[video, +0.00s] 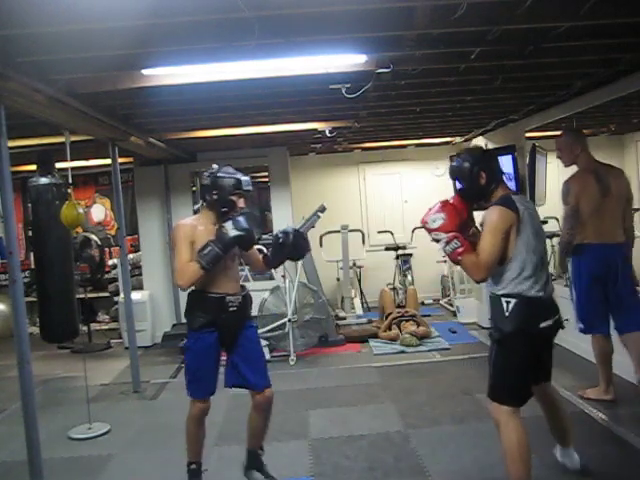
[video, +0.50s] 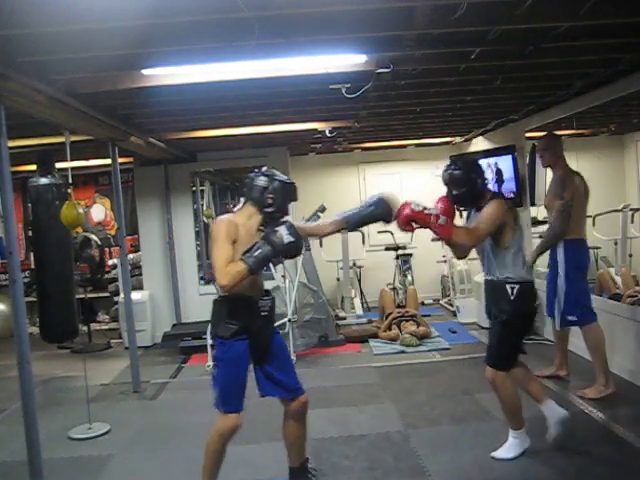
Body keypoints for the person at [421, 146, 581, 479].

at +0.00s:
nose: (462, 189)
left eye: (464, 182)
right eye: (460, 182)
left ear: (480, 178)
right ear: (492, 176)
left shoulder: (499, 211)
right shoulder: (521, 204)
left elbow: (478, 271)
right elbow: (496, 260)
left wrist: (449, 238)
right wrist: (468, 229)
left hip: (516, 319)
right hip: (542, 313)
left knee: (503, 406)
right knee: (541, 385)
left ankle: (520, 474)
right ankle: (568, 453)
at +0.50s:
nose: (455, 197)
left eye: (455, 190)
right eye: (452, 191)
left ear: (470, 187)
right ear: (476, 185)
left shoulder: (498, 207)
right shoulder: (482, 212)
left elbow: (470, 239)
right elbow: (463, 252)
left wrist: (431, 220)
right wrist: (444, 228)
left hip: (515, 294)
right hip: (500, 293)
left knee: (495, 373)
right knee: (509, 363)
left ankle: (518, 436)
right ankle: (552, 409)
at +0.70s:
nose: (441, 198)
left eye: (442, 193)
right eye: (438, 193)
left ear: (453, 191)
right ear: (464, 187)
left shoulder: (485, 214)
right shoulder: (459, 217)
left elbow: (479, 260)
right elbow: (449, 256)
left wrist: (450, 234)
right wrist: (435, 234)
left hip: (494, 292)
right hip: (476, 290)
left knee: (484, 372)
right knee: (481, 356)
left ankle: (516, 434)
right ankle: (491, 399)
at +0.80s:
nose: (436, 199)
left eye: (439, 193)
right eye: (433, 194)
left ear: (454, 191)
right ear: (434, 194)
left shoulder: (480, 218)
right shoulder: (446, 218)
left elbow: (478, 263)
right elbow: (439, 257)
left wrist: (453, 240)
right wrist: (428, 233)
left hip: (484, 292)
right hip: (463, 291)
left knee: (481, 367)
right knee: (467, 350)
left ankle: (514, 435)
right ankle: (485, 396)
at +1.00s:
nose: (427, 195)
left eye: (431, 189)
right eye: (424, 190)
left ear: (447, 187)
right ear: (424, 191)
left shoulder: (467, 213)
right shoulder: (430, 211)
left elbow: (467, 256)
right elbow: (419, 247)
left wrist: (446, 228)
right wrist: (414, 225)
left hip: (463, 280)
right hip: (440, 280)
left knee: (460, 351)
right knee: (449, 346)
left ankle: (484, 406)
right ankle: (481, 393)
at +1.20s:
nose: (413, 194)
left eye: (417, 188)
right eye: (410, 189)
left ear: (431, 187)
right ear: (408, 191)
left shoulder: (450, 213)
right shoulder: (410, 213)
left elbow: (454, 254)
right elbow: (400, 250)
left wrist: (433, 228)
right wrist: (400, 226)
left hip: (445, 282)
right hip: (420, 282)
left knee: (450, 351)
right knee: (407, 338)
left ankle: (463, 398)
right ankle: (440, 371)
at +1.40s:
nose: (395, 204)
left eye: (399, 198)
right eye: (391, 199)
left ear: (410, 198)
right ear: (386, 200)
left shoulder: (425, 221)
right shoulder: (385, 222)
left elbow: (431, 260)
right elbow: (374, 255)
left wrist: (419, 241)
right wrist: (383, 231)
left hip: (414, 285)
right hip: (389, 285)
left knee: (432, 350)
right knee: (382, 340)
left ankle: (460, 402)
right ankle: (382, 385)